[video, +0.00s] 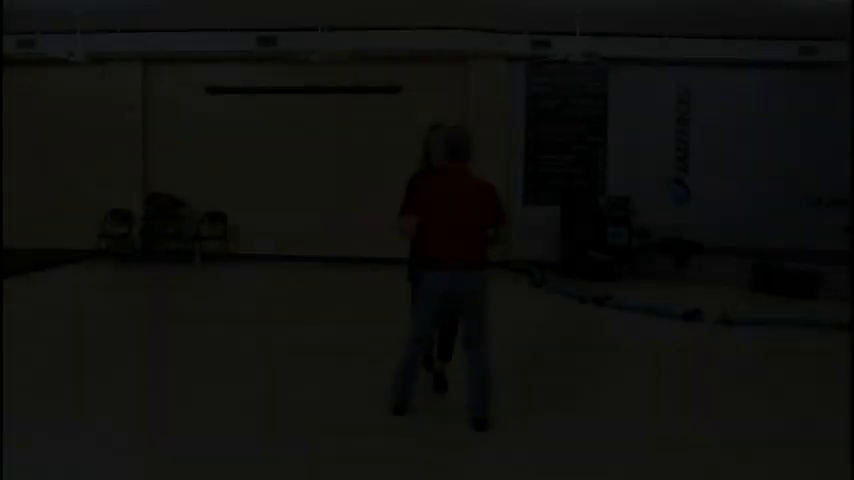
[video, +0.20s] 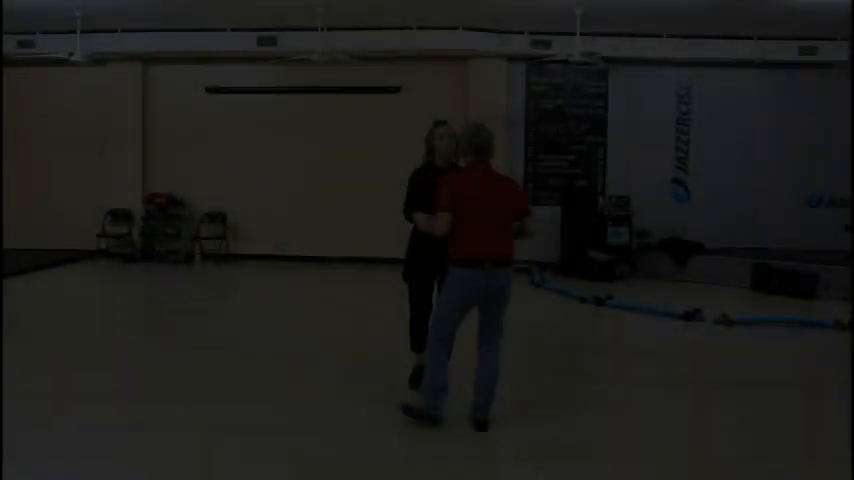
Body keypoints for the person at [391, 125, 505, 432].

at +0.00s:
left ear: (434, 152)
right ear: (469, 153)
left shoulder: (423, 185)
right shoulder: (482, 190)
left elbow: (407, 226)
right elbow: (498, 232)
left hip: (431, 276)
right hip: (471, 277)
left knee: (419, 338)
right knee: (475, 345)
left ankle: (402, 398)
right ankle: (480, 410)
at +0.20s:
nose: (450, 150)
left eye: (455, 146)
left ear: (461, 150)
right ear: (491, 151)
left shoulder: (452, 182)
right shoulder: (506, 185)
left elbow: (441, 226)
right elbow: (527, 227)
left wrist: (422, 221)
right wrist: (497, 228)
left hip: (461, 271)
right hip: (499, 273)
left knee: (440, 336)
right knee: (490, 343)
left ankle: (432, 405)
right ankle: (482, 413)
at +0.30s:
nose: (466, 150)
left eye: (468, 146)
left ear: (472, 149)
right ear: (500, 148)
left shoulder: (465, 182)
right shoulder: (514, 182)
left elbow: (455, 227)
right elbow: (536, 224)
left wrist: (435, 222)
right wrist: (510, 228)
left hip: (475, 270)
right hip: (508, 271)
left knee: (454, 340)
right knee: (494, 343)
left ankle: (474, 411)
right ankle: (484, 413)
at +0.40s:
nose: (474, 150)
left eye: (476, 145)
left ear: (481, 149)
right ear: (508, 149)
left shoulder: (476, 183)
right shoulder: (524, 182)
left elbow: (470, 229)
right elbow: (549, 221)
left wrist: (447, 224)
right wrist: (520, 228)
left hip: (488, 273)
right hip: (519, 272)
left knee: (479, 346)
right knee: (497, 344)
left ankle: (519, 410)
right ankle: (483, 412)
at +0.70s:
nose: (497, 153)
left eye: (499, 147)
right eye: (497, 147)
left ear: (508, 149)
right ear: (527, 149)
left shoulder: (512, 182)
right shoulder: (544, 178)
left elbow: (514, 230)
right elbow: (573, 216)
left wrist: (482, 232)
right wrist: (538, 225)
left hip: (529, 277)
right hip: (547, 273)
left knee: (528, 348)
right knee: (518, 337)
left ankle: (539, 422)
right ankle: (522, 402)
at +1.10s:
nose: (517, 154)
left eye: (521, 148)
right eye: (518, 148)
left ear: (537, 150)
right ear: (541, 150)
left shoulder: (545, 183)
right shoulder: (557, 178)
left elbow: (541, 234)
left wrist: (497, 228)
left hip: (551, 276)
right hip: (563, 274)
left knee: (534, 349)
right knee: (562, 342)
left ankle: (540, 423)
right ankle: (573, 407)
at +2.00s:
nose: (508, 152)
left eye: (513, 146)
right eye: (509, 145)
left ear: (534, 149)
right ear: (531, 149)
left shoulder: (550, 183)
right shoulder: (534, 180)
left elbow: (535, 236)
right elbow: (523, 219)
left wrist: (488, 224)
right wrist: (492, 213)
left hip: (550, 281)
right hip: (537, 278)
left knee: (541, 354)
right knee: (535, 345)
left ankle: (550, 428)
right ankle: (562, 398)